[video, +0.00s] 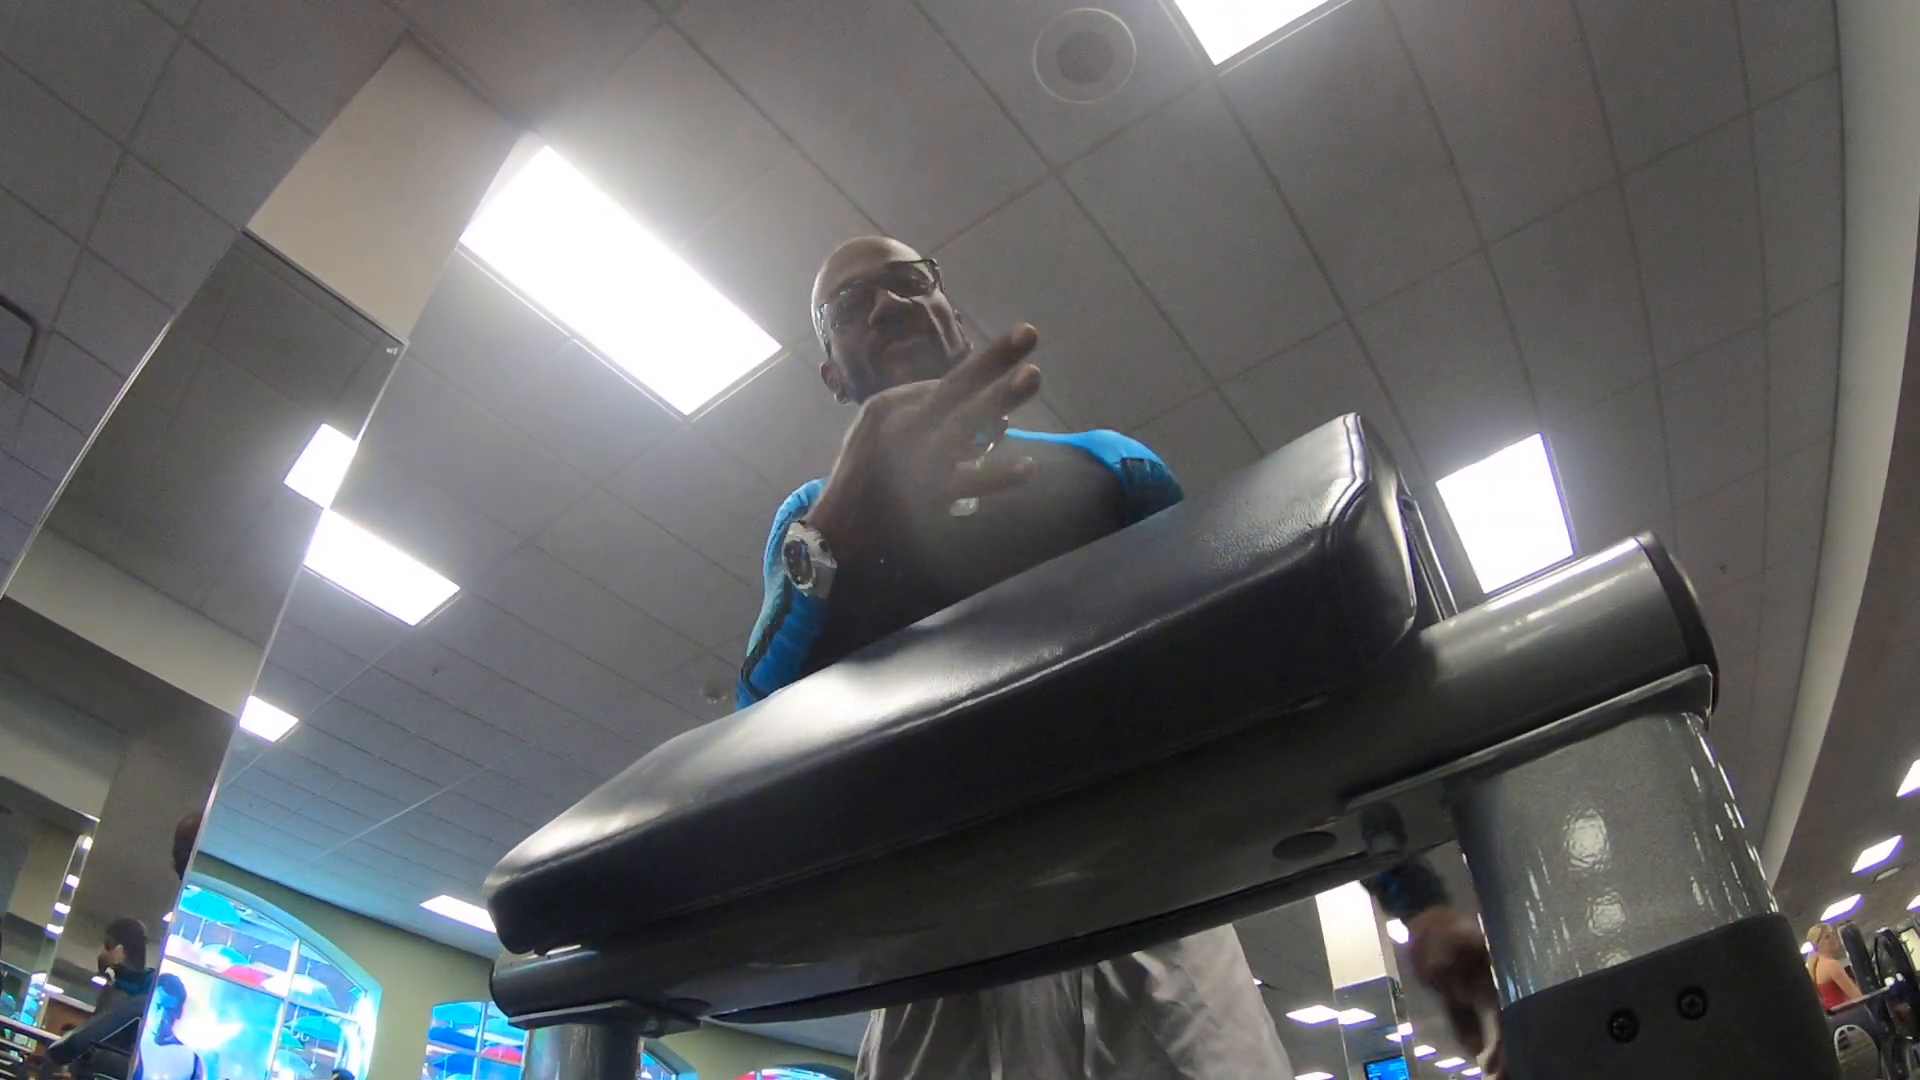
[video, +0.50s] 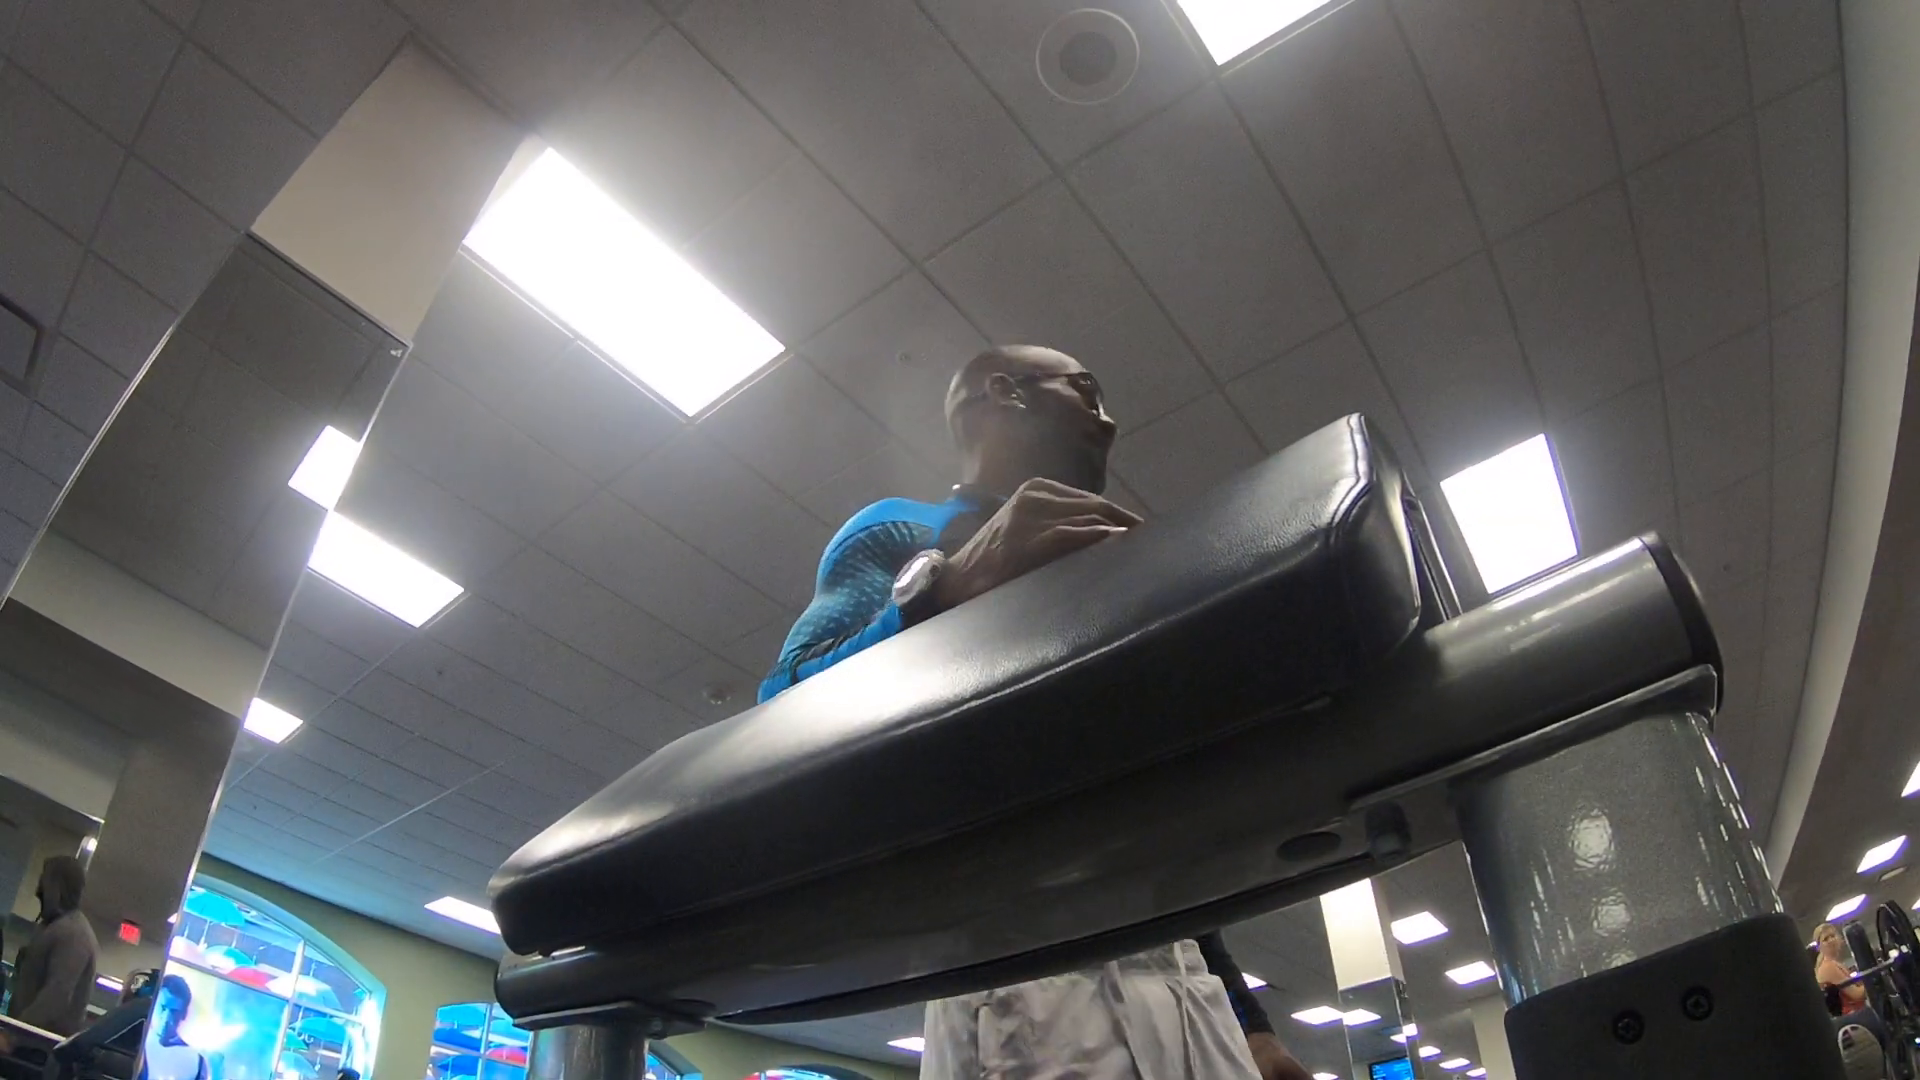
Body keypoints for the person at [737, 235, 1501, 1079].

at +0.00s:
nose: (892, 305)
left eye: (909, 285)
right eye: (853, 303)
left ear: (957, 316)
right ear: (828, 372)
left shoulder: (1107, 465)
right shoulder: (818, 523)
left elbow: (1265, 675)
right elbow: (765, 723)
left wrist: (1419, 898)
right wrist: (845, 518)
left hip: (1167, 923)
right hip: (953, 959)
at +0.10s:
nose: (934, 304)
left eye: (950, 294)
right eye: (894, 299)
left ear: (978, 340)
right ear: (843, 372)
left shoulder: (1106, 492)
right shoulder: (819, 522)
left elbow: (1232, 721)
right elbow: (762, 716)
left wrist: (1336, 974)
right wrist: (858, 565)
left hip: (1162, 962)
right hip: (949, 994)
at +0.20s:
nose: (996, 322)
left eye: (998, 313)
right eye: (949, 306)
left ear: (1008, 362)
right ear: (870, 367)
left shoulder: (1101, 514)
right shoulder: (830, 522)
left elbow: (1199, 740)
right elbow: (760, 711)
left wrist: (1275, 997)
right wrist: (889, 570)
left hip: (1173, 950)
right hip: (968, 984)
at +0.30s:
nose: (1037, 351)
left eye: (1033, 338)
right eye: (1000, 330)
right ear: (909, 372)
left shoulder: (1090, 522)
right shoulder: (846, 521)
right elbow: (761, 693)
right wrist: (929, 567)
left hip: (1166, 936)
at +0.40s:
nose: (1075, 379)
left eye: (1070, 368)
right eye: (1040, 354)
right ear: (947, 380)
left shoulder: (1100, 543)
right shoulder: (872, 523)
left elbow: (1150, 804)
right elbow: (763, 692)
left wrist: (1238, 1017)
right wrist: (936, 572)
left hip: (1173, 960)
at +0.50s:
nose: (1106, 412)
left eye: (1101, 399)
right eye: (1079, 384)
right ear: (1001, 390)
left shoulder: (1118, 560)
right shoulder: (899, 532)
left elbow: (1159, 819)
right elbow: (783, 702)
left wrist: (1246, 1022)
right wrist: (952, 579)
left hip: (1180, 968)